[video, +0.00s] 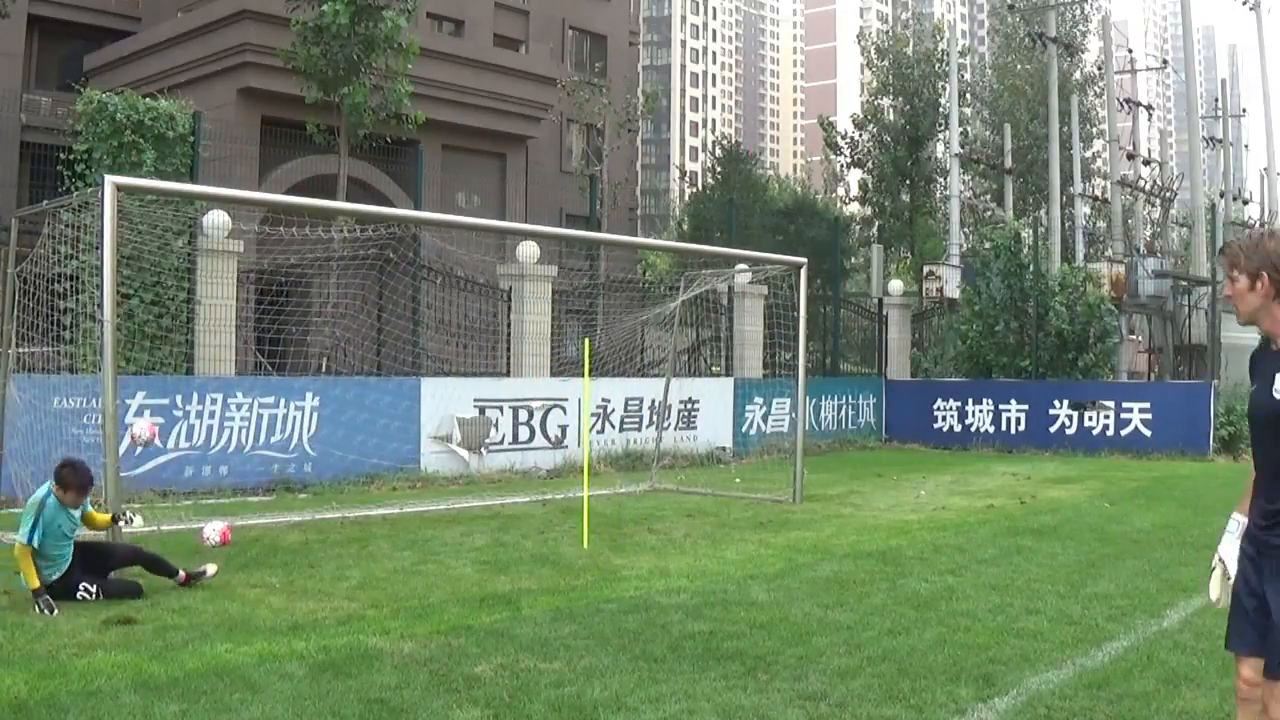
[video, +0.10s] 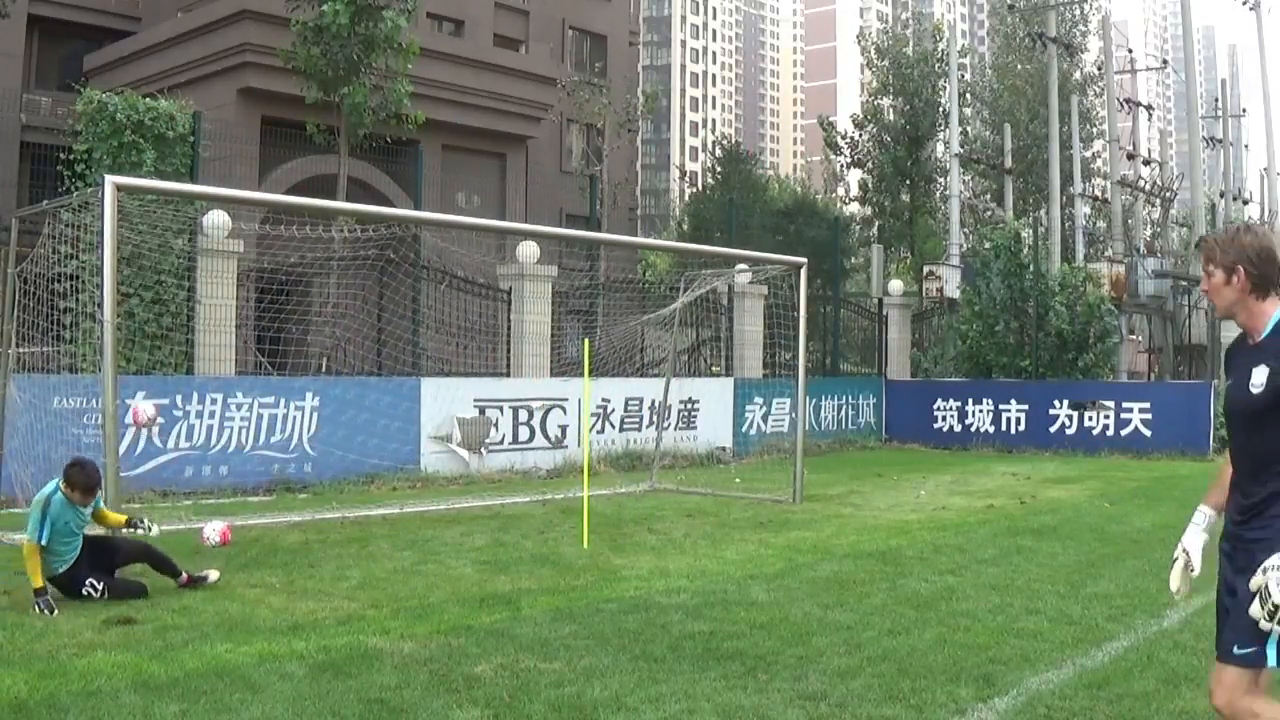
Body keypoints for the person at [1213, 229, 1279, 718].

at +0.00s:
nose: (1225, 291)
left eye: (1234, 280)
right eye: (1226, 280)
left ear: (1265, 285)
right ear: (1259, 286)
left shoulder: (1275, 359)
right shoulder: (1261, 358)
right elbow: (1265, 457)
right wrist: (1238, 526)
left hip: (1277, 545)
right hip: (1259, 541)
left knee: (1272, 692)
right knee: (1249, 684)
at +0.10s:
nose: (1202, 285)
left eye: (1209, 274)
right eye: (1203, 274)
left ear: (1240, 279)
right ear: (1236, 280)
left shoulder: (1277, 346)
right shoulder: (1239, 352)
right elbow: (1243, 450)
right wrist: (1203, 519)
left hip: (1270, 542)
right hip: (1240, 538)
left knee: (1230, 695)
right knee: (1240, 693)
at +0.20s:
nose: (1170, 282)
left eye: (1177, 270)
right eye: (1171, 270)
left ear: (1208, 275)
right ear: (1205, 276)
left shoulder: (1263, 343)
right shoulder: (1205, 344)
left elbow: (1277, 447)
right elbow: (1206, 443)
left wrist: (1271, 536)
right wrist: (1159, 510)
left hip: (1247, 535)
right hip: (1209, 532)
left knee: (1170, 682)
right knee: (1226, 687)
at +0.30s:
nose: (1148, 287)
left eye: (1154, 274)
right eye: (1147, 275)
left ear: (1187, 275)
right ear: (1185, 276)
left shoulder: (1241, 341)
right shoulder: (1184, 347)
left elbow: (1276, 449)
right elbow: (1182, 444)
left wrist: (1249, 543)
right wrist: (1134, 512)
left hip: (1222, 534)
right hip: (1185, 530)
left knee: (1144, 685)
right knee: (1211, 688)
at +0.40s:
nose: (1114, 296)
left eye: (1122, 284)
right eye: (1114, 284)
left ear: (1158, 281)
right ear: (1152, 283)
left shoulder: (1211, 351)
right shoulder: (1151, 349)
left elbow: (1242, 463)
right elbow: (1151, 456)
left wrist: (1219, 562)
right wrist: (1109, 523)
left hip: (1182, 540)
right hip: (1145, 535)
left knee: (1109, 695)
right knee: (1162, 697)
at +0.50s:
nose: (1098, 299)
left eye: (1104, 287)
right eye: (1096, 287)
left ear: (1139, 283)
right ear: (1133, 286)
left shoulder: (1190, 356)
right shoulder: (1136, 351)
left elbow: (1217, 473)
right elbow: (1131, 462)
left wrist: (1198, 575)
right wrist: (1098, 531)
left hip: (1155, 543)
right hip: (1118, 537)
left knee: (1090, 695)